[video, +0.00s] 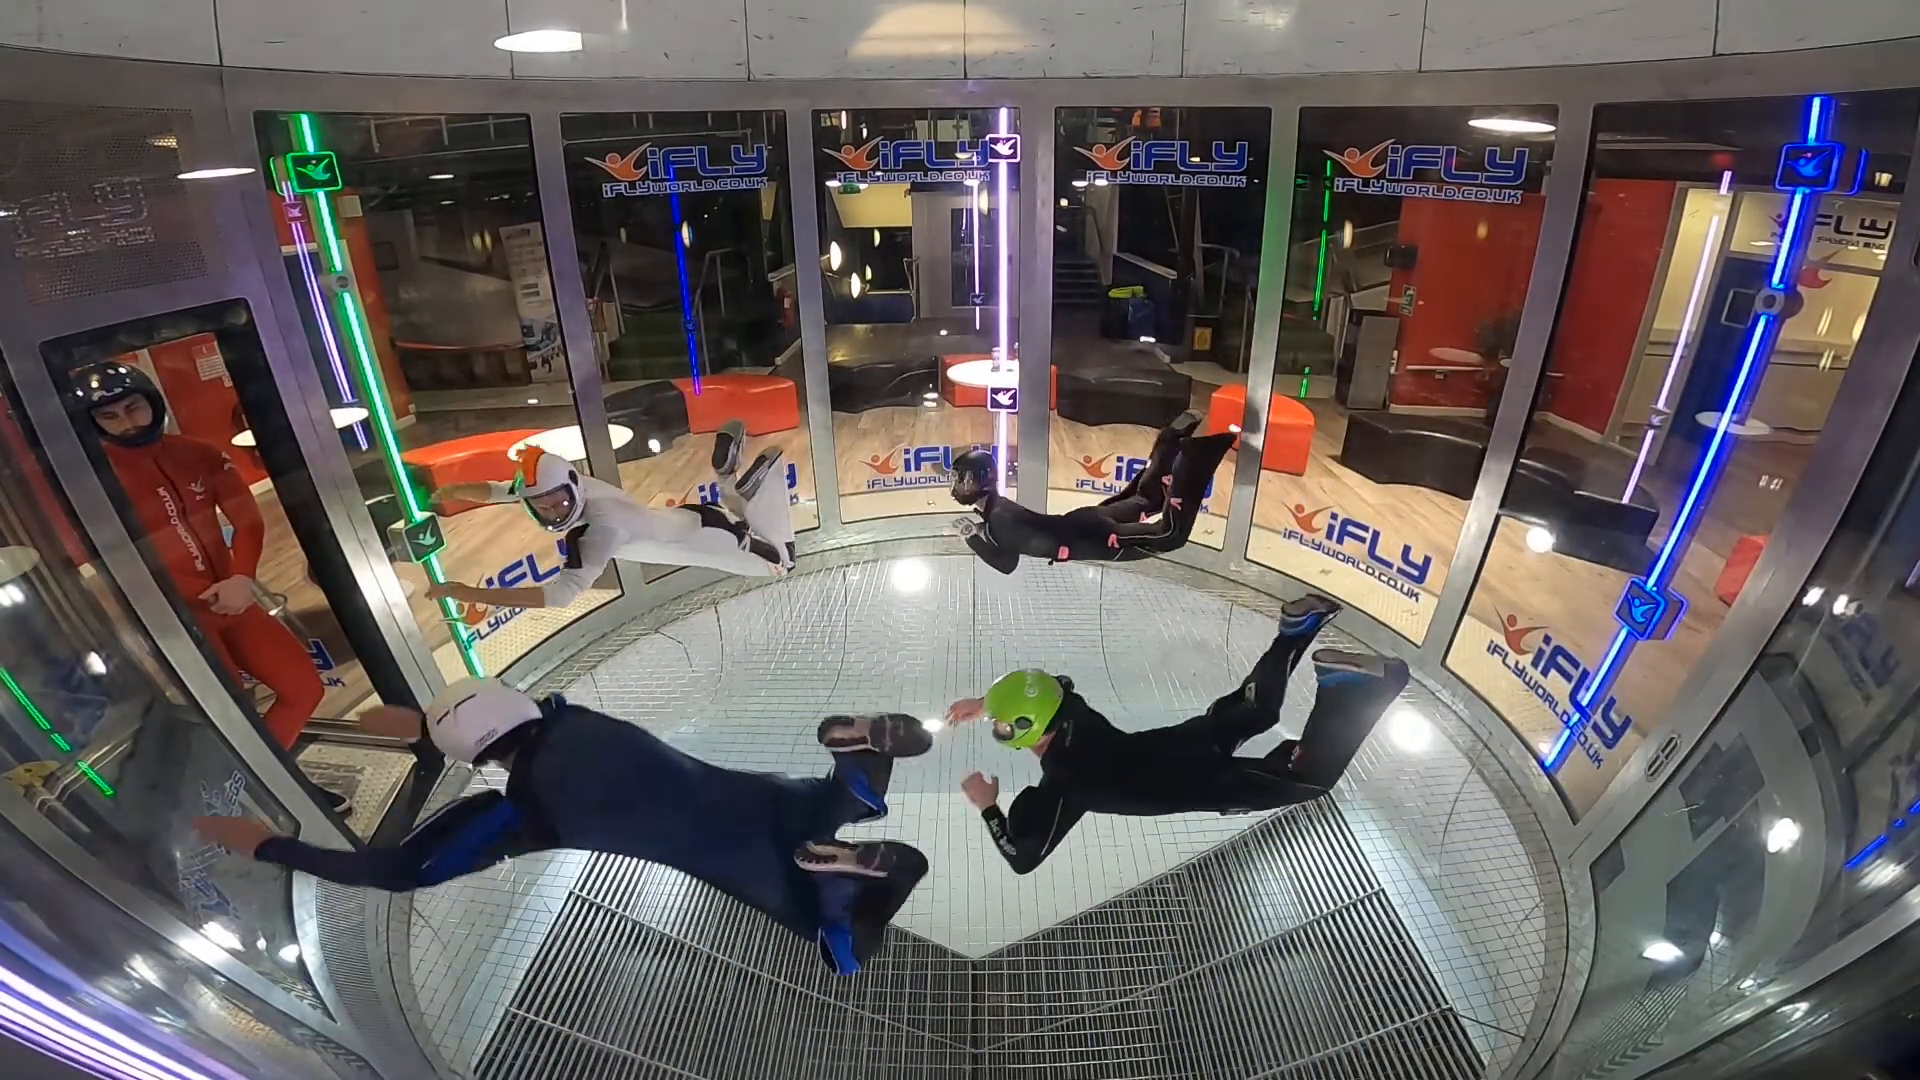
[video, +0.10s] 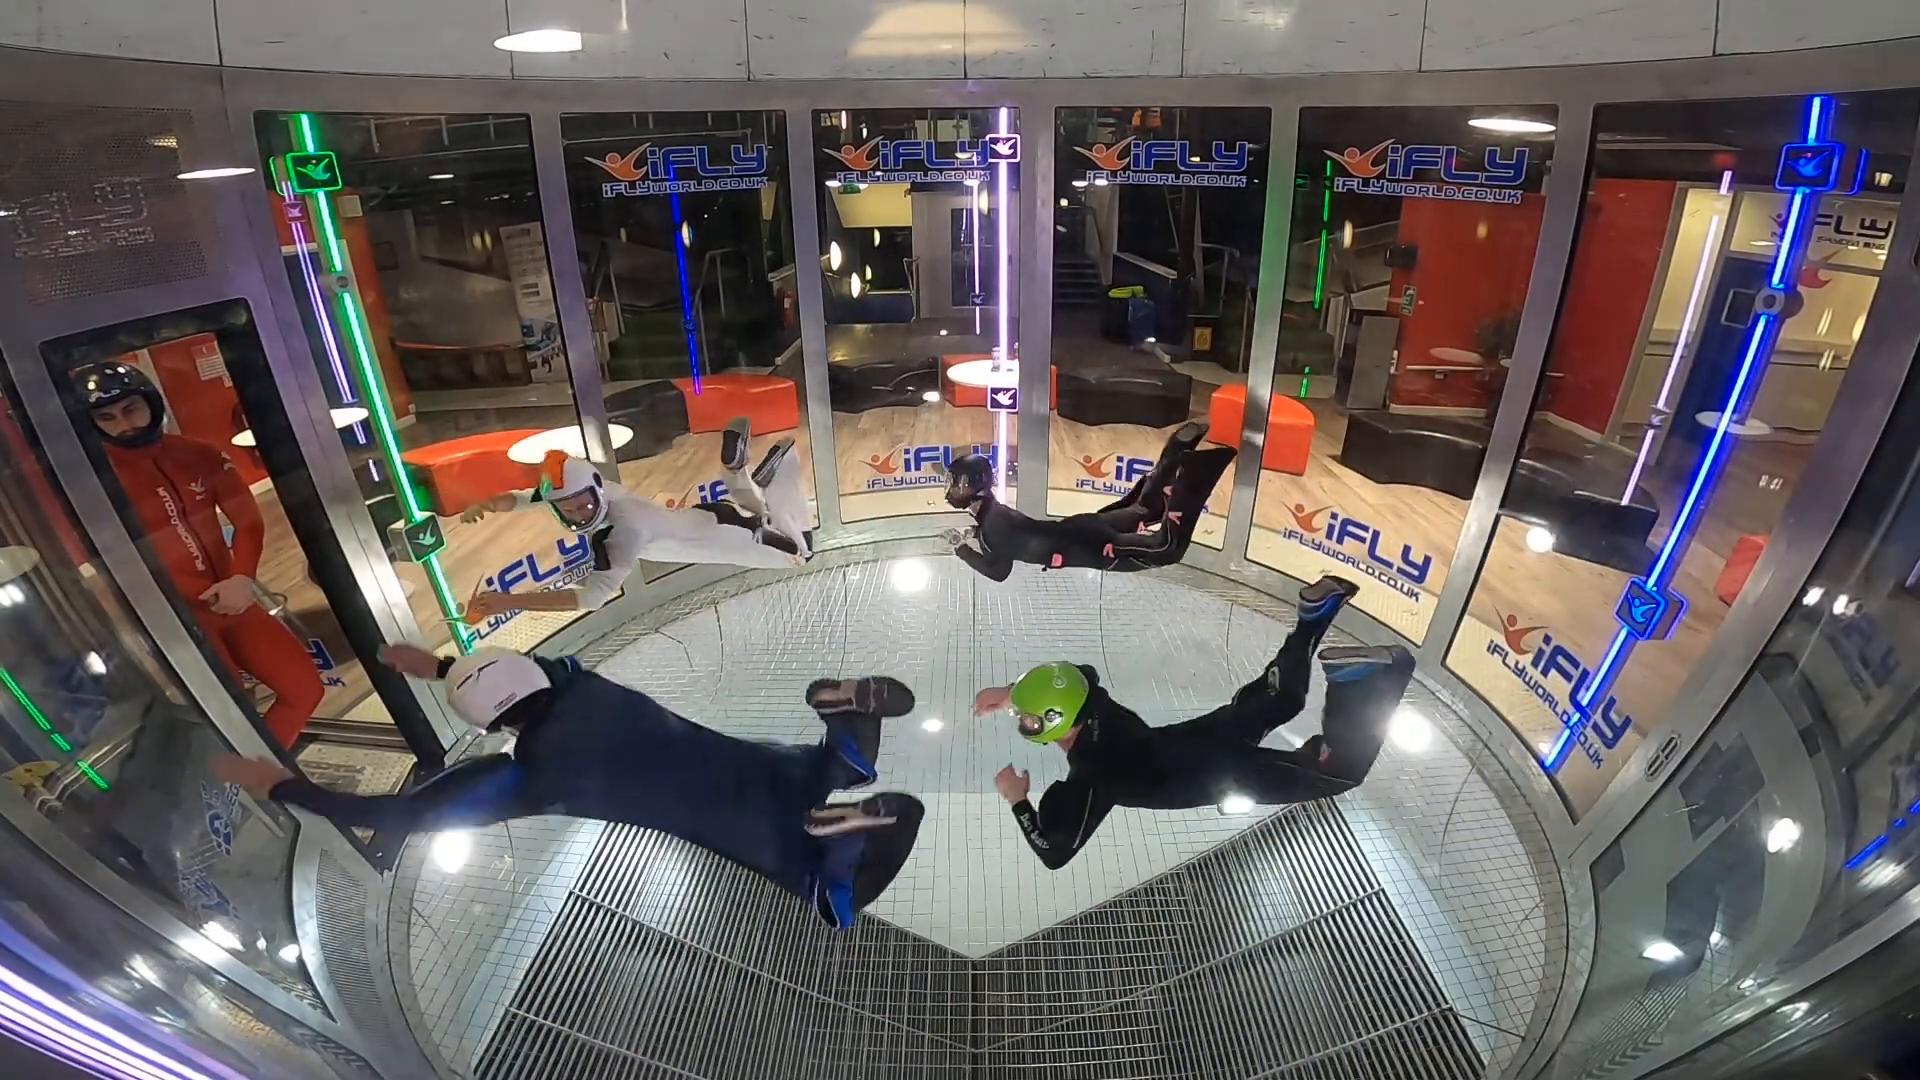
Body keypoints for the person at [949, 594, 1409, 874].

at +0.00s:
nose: (1006, 735)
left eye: (1009, 729)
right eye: (1005, 727)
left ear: (1033, 731)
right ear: (1045, 707)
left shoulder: (1066, 782)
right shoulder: (1071, 711)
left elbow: (1022, 855)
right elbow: (1040, 688)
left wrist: (988, 808)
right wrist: (986, 706)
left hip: (1203, 784)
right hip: (1188, 740)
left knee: (1311, 778)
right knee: (1256, 707)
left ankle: (1346, 688)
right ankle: (1294, 635)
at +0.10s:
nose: (1028, 726)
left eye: (1033, 722)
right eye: (1028, 718)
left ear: (1060, 725)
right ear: (1069, 701)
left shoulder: (1092, 775)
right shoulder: (1093, 704)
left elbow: (1055, 850)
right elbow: (1068, 677)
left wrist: (1020, 804)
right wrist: (1012, 695)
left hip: (1229, 775)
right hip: (1218, 731)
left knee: (1339, 773)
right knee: (1281, 694)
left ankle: (1357, 685)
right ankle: (1312, 622)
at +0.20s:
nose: (1053, 727)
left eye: (1058, 722)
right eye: (1050, 718)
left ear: (1088, 724)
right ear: (1094, 700)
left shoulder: (1118, 773)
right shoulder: (1116, 696)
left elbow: (1083, 850)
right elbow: (1093, 668)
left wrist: (1058, 796)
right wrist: (1040, 692)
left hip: (1252, 768)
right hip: (1240, 725)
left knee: (1364, 766)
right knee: (1302, 688)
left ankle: (1378, 677)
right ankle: (1337, 610)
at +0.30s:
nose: (1079, 731)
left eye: (1085, 725)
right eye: (1075, 721)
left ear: (1110, 724)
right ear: (1116, 698)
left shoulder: (1142, 773)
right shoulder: (1139, 695)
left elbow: (1114, 852)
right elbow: (1117, 669)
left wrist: (1085, 800)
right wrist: (1066, 699)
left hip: (1273, 765)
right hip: (1256, 724)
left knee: (1391, 762)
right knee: (1324, 684)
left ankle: (1427, 671)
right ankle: (1369, 604)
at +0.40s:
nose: (1101, 734)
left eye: (1109, 728)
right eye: (1098, 725)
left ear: (1135, 726)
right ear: (1137, 703)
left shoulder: (1168, 770)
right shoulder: (1159, 701)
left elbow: (1143, 860)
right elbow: (1134, 689)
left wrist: (1119, 808)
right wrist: (1092, 719)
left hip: (1293, 771)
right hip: (1274, 730)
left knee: (1409, 764)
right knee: (1341, 683)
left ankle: (1485, 669)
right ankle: (1393, 606)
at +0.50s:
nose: (1115, 734)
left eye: (1124, 729)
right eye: (1116, 724)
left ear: (1151, 731)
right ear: (1156, 710)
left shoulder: (1188, 782)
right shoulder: (1177, 714)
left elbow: (1168, 870)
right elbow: (1140, 706)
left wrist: (1141, 814)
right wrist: (1099, 726)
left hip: (1321, 776)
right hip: (1298, 730)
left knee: (1438, 762)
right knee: (1362, 684)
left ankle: (1523, 664)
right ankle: (1416, 602)